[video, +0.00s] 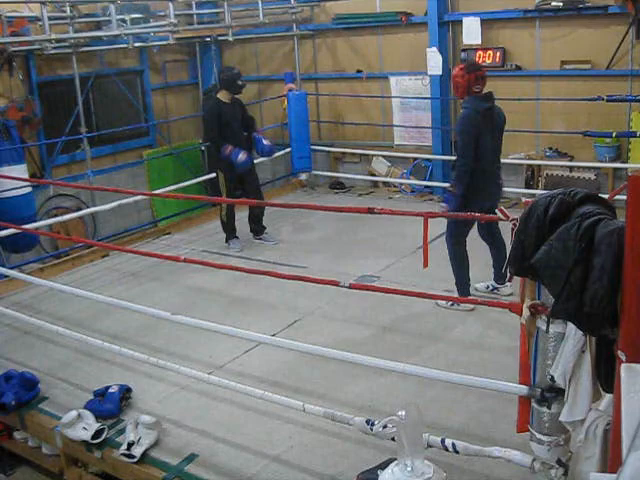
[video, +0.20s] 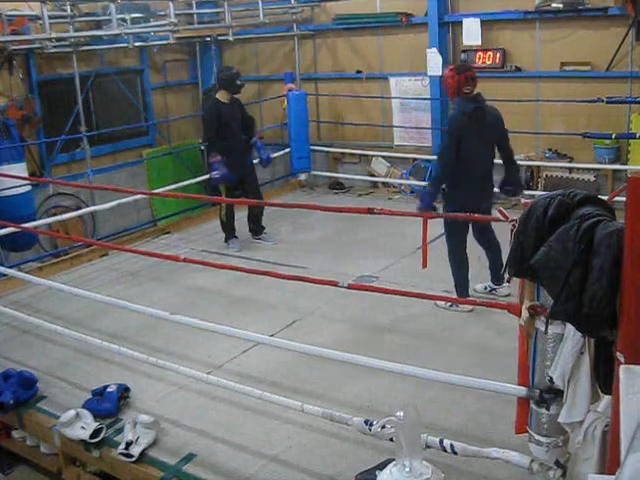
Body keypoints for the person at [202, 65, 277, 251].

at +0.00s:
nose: (241, 84)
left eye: (240, 80)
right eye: (237, 81)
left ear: (230, 83)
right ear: (227, 83)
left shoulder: (237, 103)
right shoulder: (212, 106)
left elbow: (248, 125)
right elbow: (212, 137)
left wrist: (257, 139)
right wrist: (231, 151)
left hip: (243, 154)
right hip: (222, 158)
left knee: (256, 195)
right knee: (227, 198)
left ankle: (258, 231)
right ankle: (231, 236)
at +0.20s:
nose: (240, 84)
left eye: (239, 80)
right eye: (236, 81)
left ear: (228, 83)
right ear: (226, 83)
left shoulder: (236, 103)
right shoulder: (212, 106)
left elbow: (247, 124)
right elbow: (210, 136)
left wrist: (254, 138)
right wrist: (216, 160)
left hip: (243, 157)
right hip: (225, 160)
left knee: (256, 197)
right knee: (228, 199)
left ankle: (257, 231)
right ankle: (230, 236)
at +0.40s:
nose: (242, 85)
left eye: (241, 82)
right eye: (238, 82)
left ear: (228, 84)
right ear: (227, 84)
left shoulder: (237, 104)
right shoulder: (211, 107)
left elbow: (246, 128)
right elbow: (206, 135)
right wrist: (203, 159)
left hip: (244, 158)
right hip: (224, 161)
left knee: (257, 196)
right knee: (228, 199)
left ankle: (258, 231)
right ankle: (230, 237)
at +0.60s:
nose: (245, 87)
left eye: (244, 83)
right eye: (241, 83)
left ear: (230, 85)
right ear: (231, 85)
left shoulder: (240, 105)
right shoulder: (213, 108)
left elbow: (246, 130)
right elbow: (208, 137)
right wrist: (208, 158)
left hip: (245, 159)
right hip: (225, 161)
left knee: (260, 196)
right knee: (229, 200)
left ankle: (264, 231)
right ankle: (230, 237)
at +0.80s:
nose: (250, 86)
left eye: (250, 82)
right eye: (246, 83)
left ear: (244, 84)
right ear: (235, 85)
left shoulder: (247, 104)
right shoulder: (222, 106)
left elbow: (254, 131)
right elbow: (219, 136)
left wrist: (265, 149)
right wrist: (221, 160)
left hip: (251, 157)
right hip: (231, 159)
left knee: (262, 196)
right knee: (231, 199)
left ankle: (266, 232)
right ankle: (230, 238)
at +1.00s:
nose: (258, 85)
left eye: (259, 81)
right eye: (253, 82)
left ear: (260, 82)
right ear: (243, 84)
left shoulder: (258, 104)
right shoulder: (235, 106)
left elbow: (265, 124)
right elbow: (233, 133)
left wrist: (274, 136)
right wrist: (240, 154)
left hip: (261, 154)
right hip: (244, 156)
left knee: (266, 197)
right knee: (241, 198)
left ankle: (266, 233)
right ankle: (232, 237)